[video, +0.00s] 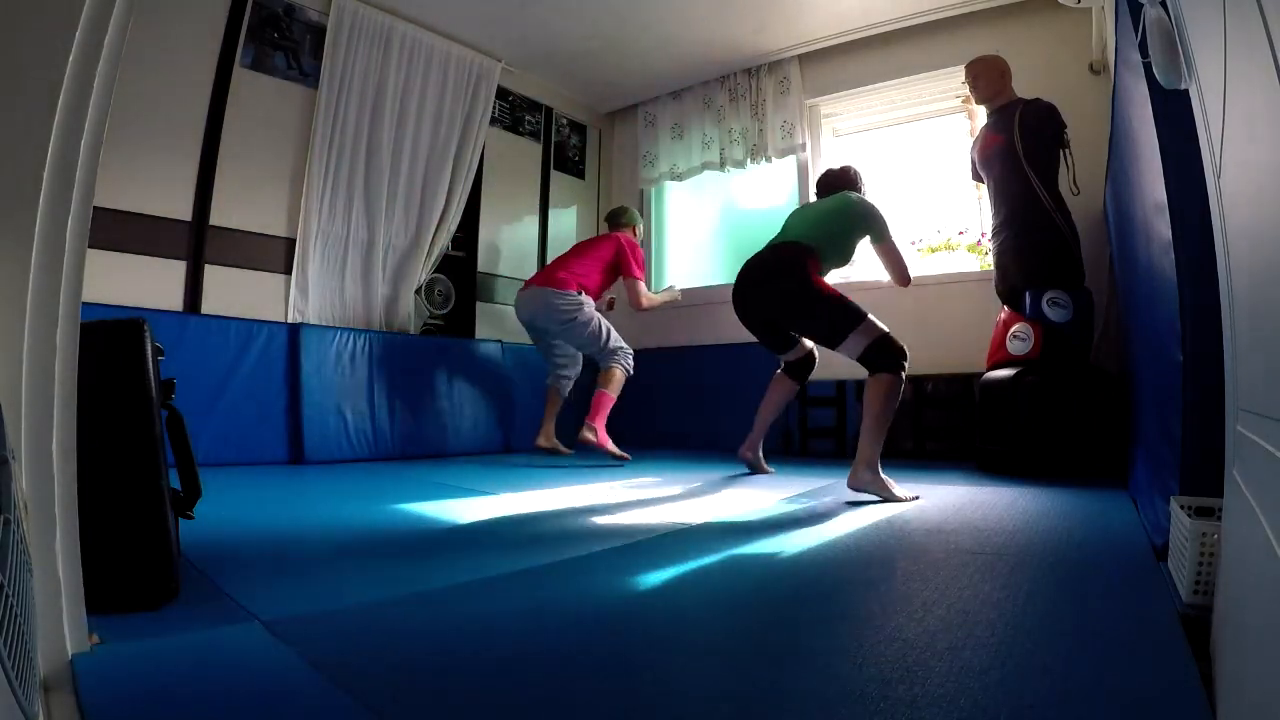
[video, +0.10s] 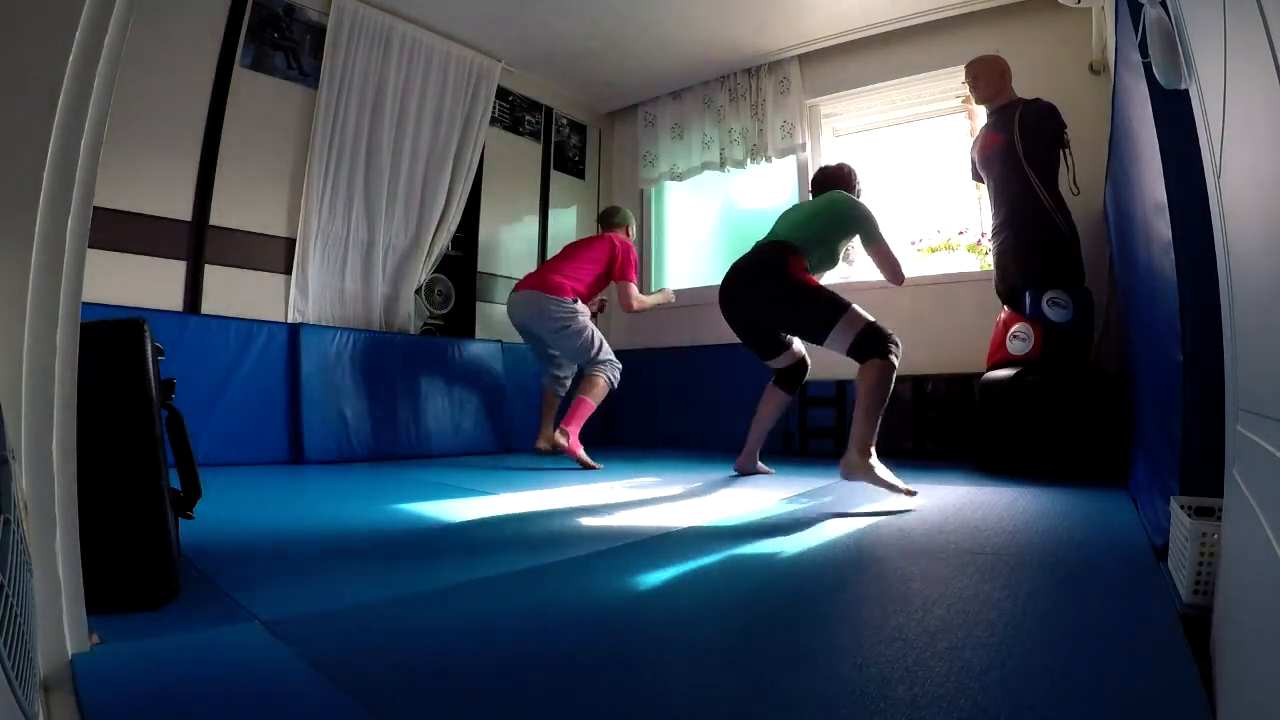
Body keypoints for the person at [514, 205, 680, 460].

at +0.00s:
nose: (641, 237)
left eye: (641, 232)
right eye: (641, 232)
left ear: (610, 228)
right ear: (635, 230)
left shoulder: (592, 243)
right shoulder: (627, 244)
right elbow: (640, 301)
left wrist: (600, 305)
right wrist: (667, 296)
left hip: (526, 298)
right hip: (561, 298)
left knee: (567, 361)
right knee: (619, 355)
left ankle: (547, 434)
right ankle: (595, 426)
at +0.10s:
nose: (633, 236)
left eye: (633, 233)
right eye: (633, 232)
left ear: (601, 228)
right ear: (628, 230)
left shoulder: (583, 243)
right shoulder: (622, 246)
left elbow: (554, 281)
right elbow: (631, 303)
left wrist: (587, 304)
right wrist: (659, 298)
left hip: (518, 300)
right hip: (555, 302)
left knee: (560, 365)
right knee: (606, 365)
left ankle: (545, 437)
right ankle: (569, 432)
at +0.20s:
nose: (627, 233)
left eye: (628, 229)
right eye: (627, 229)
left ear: (596, 224)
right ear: (621, 226)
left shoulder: (577, 238)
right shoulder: (617, 242)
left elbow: (544, 272)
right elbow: (628, 301)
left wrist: (573, 300)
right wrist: (655, 297)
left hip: (509, 291)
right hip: (545, 292)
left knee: (548, 356)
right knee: (596, 363)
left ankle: (546, 431)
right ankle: (564, 439)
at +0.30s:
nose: (620, 230)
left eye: (620, 225)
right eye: (620, 224)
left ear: (588, 219)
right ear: (614, 222)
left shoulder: (570, 233)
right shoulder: (608, 235)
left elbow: (536, 268)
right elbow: (619, 296)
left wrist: (568, 299)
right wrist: (648, 293)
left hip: (495, 286)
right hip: (533, 287)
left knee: (542, 354)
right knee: (587, 356)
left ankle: (519, 425)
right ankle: (562, 441)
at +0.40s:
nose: (610, 227)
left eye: (609, 222)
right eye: (610, 221)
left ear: (578, 217)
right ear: (603, 218)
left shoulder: (559, 232)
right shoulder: (594, 232)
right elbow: (604, 295)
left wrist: (563, 301)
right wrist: (639, 291)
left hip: (480, 286)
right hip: (517, 286)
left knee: (526, 358)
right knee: (580, 347)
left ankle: (502, 435)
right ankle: (553, 432)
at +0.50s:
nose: (599, 224)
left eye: (599, 219)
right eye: (599, 218)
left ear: (566, 215)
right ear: (592, 216)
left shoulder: (544, 230)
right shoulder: (585, 232)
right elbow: (589, 297)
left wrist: (549, 298)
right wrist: (626, 291)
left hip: (468, 289)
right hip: (507, 290)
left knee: (515, 364)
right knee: (563, 358)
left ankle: (500, 440)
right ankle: (516, 425)